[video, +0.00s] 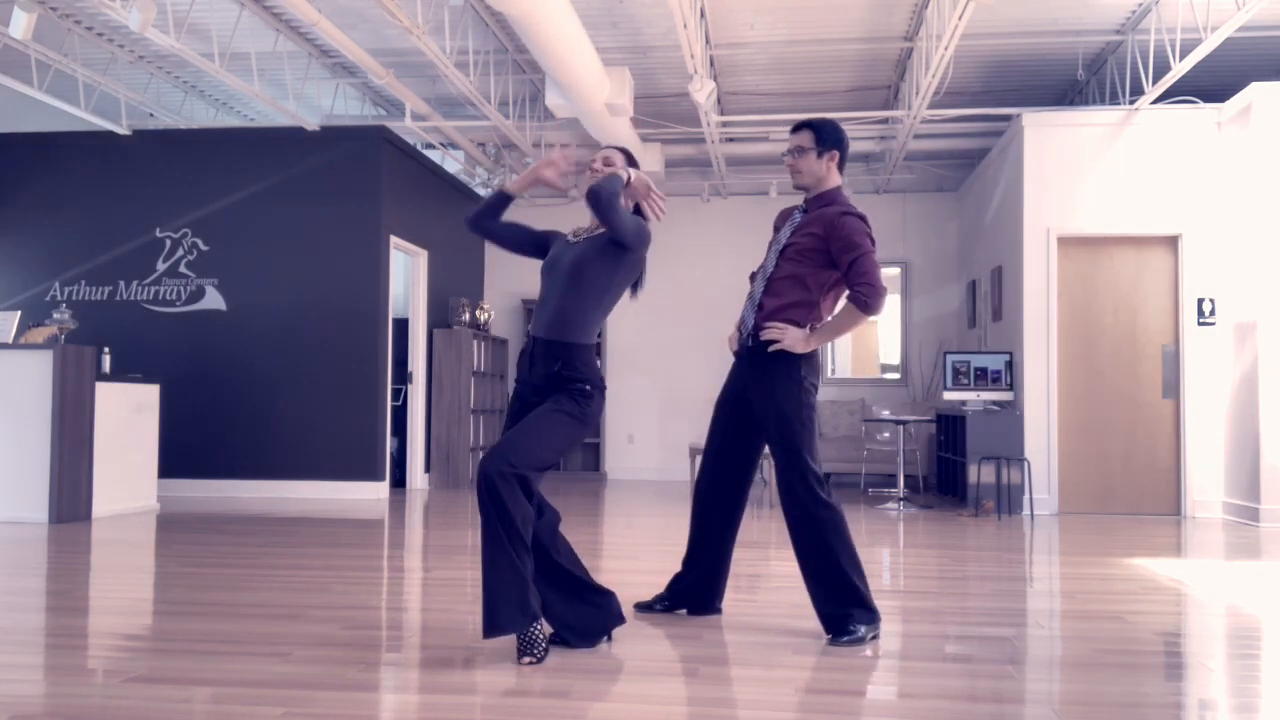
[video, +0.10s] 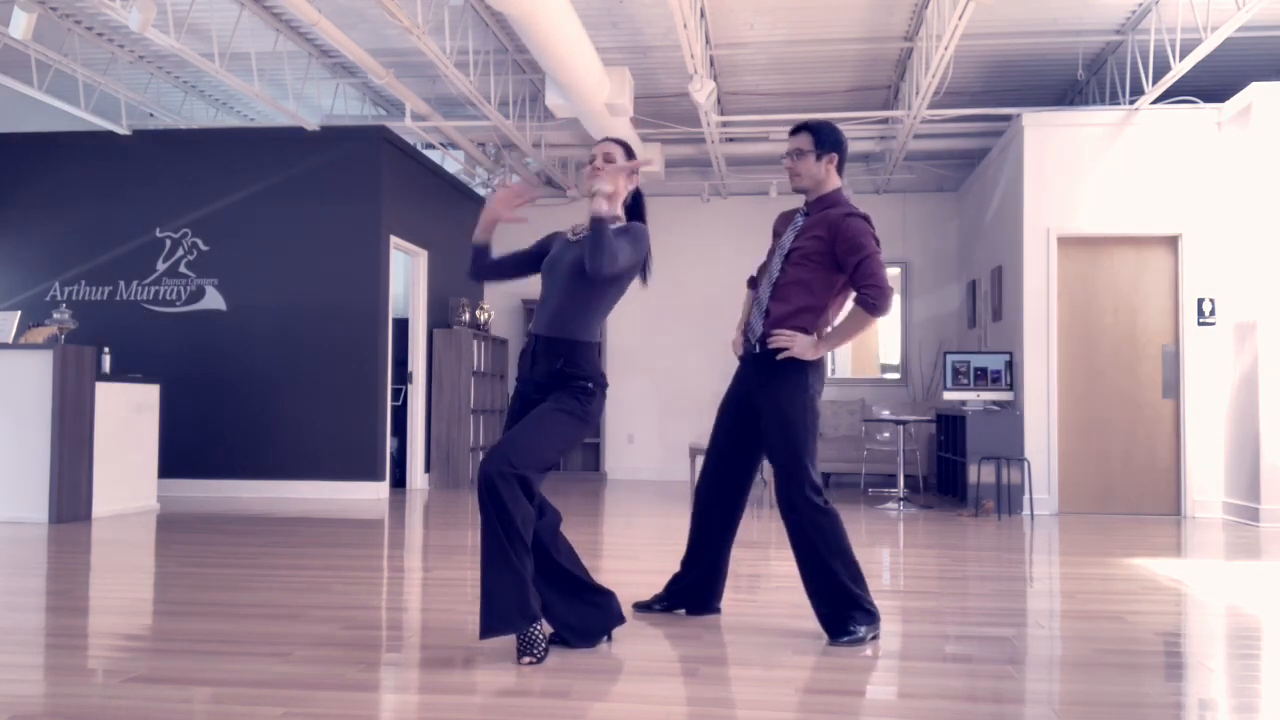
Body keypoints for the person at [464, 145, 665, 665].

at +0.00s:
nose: (596, 170)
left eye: (610, 166)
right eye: (593, 163)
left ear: (632, 187)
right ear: (583, 176)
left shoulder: (633, 236)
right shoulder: (560, 242)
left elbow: (602, 199)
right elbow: (481, 222)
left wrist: (628, 177)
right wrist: (531, 179)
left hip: (576, 388)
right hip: (531, 381)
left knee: (499, 469)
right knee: (517, 496)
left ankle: (529, 618)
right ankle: (586, 611)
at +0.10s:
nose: (596, 167)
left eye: (609, 160)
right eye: (591, 160)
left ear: (633, 179)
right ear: (583, 177)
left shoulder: (633, 236)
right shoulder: (559, 241)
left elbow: (600, 266)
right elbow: (483, 269)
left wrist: (603, 211)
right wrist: (489, 218)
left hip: (577, 386)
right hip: (533, 380)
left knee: (499, 469)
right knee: (518, 497)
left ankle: (528, 619)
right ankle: (586, 611)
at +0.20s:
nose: (591, 157)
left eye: (602, 150)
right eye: (585, 149)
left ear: (622, 167)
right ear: (577, 162)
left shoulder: (622, 226)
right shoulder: (556, 231)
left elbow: (618, 309)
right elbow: (505, 302)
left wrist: (569, 270)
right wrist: (460, 288)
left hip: (584, 374)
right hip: (542, 372)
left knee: (505, 468)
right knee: (520, 491)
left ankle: (527, 617)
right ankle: (588, 611)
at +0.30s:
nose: (576, 142)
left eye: (587, 136)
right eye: (570, 134)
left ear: (607, 151)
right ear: (560, 147)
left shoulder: (610, 216)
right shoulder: (542, 219)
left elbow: (616, 301)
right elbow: (528, 299)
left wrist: (574, 348)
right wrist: (481, 347)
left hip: (594, 360)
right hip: (549, 359)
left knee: (519, 462)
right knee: (526, 484)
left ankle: (530, 618)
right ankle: (588, 610)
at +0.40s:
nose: (564, 132)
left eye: (575, 124)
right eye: (557, 123)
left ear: (594, 138)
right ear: (546, 135)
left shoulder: (598, 205)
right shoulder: (534, 207)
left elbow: (602, 294)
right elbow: (535, 292)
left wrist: (594, 377)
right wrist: (517, 367)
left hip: (600, 347)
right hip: (554, 348)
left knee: (543, 459)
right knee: (538, 471)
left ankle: (537, 617)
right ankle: (587, 606)